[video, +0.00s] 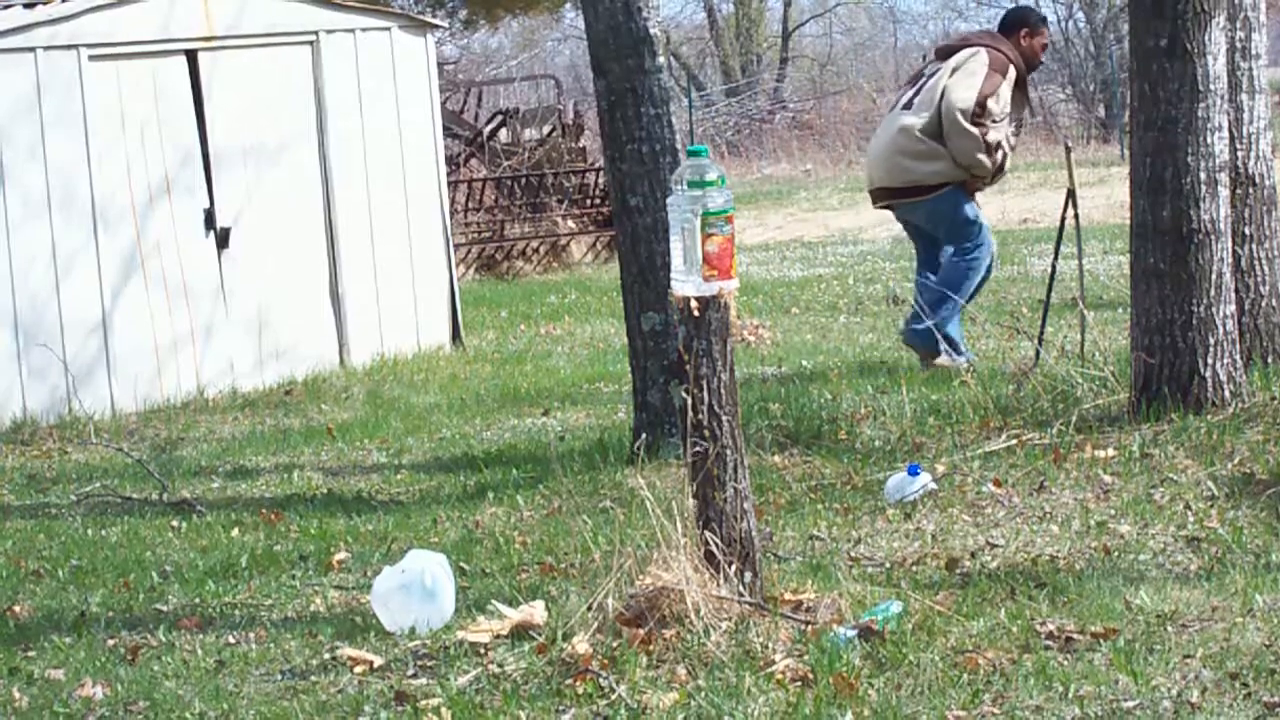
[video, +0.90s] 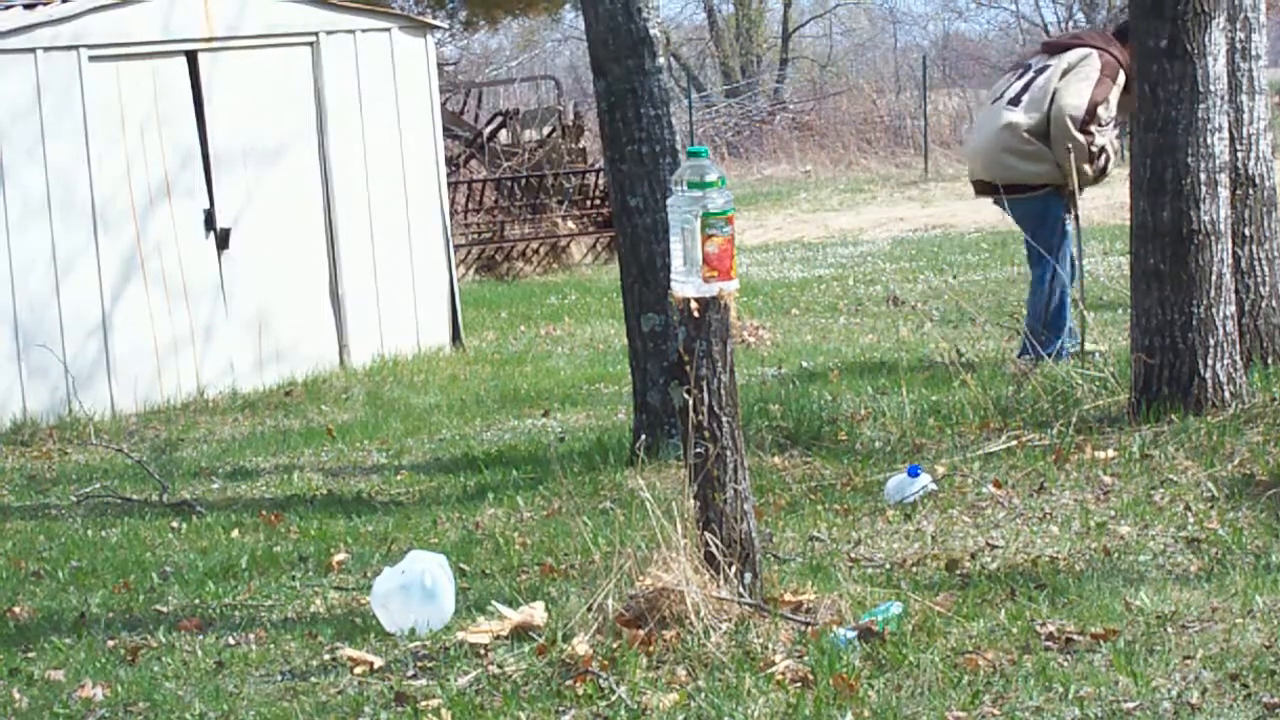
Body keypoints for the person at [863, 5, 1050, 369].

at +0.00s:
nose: (1044, 56)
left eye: (1046, 47)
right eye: (1043, 45)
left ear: (1015, 35)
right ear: (1023, 36)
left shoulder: (963, 54)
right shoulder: (995, 57)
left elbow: (908, 105)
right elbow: (962, 110)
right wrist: (982, 169)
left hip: (888, 168)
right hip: (918, 167)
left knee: (933, 256)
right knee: (976, 247)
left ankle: (946, 351)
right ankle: (925, 328)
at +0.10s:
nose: (1056, 57)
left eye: (1058, 48)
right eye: (1055, 46)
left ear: (1030, 36)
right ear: (1034, 37)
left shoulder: (975, 53)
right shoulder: (1004, 56)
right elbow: (970, 106)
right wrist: (995, 163)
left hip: (899, 168)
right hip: (931, 167)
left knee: (943, 257)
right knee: (993, 246)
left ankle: (937, 355)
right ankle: (971, 345)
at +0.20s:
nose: (1069, 60)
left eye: (1072, 52)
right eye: (1069, 49)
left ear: (1043, 39)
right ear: (1048, 40)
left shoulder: (987, 54)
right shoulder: (1017, 58)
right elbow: (981, 110)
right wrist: (1004, 169)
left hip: (908, 169)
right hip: (945, 169)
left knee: (947, 258)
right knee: (999, 256)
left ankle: (942, 357)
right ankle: (1024, 351)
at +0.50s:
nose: (1113, 71)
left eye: (1116, 63)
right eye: (1114, 61)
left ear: (1093, 45)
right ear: (1098, 47)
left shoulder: (1026, 53)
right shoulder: (1064, 62)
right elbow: (1027, 117)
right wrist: (1048, 171)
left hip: (944, 162)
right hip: (985, 165)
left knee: (976, 252)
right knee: (1023, 254)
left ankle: (948, 349)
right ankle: (1040, 350)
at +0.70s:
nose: (1131, 68)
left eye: (1134, 61)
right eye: (1133, 59)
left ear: (1104, 38)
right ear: (1122, 48)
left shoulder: (1049, 49)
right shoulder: (1086, 62)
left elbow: (984, 98)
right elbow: (1049, 116)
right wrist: (1066, 176)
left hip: (971, 157)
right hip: (1006, 159)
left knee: (1013, 243)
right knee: (1042, 256)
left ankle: (979, 317)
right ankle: (1044, 354)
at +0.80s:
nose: (1133, 67)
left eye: (1135, 61)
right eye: (1136, 59)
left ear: (1109, 36)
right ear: (1127, 49)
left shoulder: (1061, 48)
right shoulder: (1097, 60)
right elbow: (1059, 112)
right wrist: (1070, 176)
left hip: (979, 156)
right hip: (1014, 157)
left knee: (1045, 246)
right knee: (1042, 255)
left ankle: (1012, 324)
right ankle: (1043, 355)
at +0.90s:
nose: (1138, 66)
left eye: (1139, 61)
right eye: (1141, 59)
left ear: (1114, 35)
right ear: (1132, 48)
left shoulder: (1064, 50)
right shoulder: (1104, 59)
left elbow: (998, 99)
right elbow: (1071, 112)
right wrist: (1081, 176)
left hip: (986, 156)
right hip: (1021, 157)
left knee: (1058, 253)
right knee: (1052, 259)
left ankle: (1060, 345)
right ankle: (1040, 354)